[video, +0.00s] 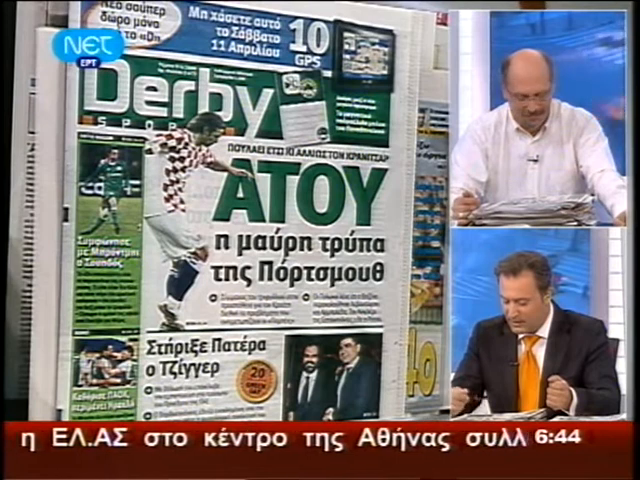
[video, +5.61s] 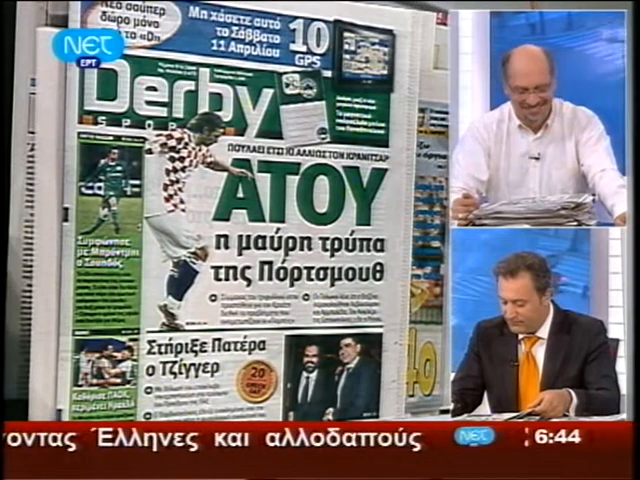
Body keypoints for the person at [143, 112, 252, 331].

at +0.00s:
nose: (215, 141)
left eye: (217, 137)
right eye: (215, 136)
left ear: (207, 132)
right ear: (205, 130)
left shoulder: (199, 150)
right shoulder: (179, 137)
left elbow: (212, 162)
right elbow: (149, 146)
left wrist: (232, 170)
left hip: (166, 209)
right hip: (161, 208)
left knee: (180, 262)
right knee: (200, 251)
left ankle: (170, 317)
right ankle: (172, 304)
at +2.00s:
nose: (215, 141)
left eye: (217, 137)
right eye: (215, 136)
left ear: (207, 132)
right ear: (205, 130)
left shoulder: (199, 150)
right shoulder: (179, 137)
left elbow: (212, 162)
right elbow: (149, 145)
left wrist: (232, 170)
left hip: (165, 209)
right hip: (161, 208)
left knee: (180, 262)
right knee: (200, 251)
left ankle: (170, 317)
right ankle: (172, 304)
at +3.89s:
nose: (215, 141)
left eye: (217, 137)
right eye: (215, 136)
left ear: (207, 132)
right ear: (205, 130)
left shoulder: (199, 150)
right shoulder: (179, 137)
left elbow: (212, 162)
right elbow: (149, 145)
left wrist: (232, 170)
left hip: (166, 209)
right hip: (161, 208)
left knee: (180, 262)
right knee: (200, 251)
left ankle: (171, 317)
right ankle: (172, 304)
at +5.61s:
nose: (215, 141)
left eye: (217, 137)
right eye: (215, 135)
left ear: (206, 132)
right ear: (205, 130)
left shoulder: (199, 150)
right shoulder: (178, 137)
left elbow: (212, 162)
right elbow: (147, 146)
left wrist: (231, 170)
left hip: (167, 209)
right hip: (160, 208)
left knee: (180, 262)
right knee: (200, 251)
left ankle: (171, 317)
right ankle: (172, 303)